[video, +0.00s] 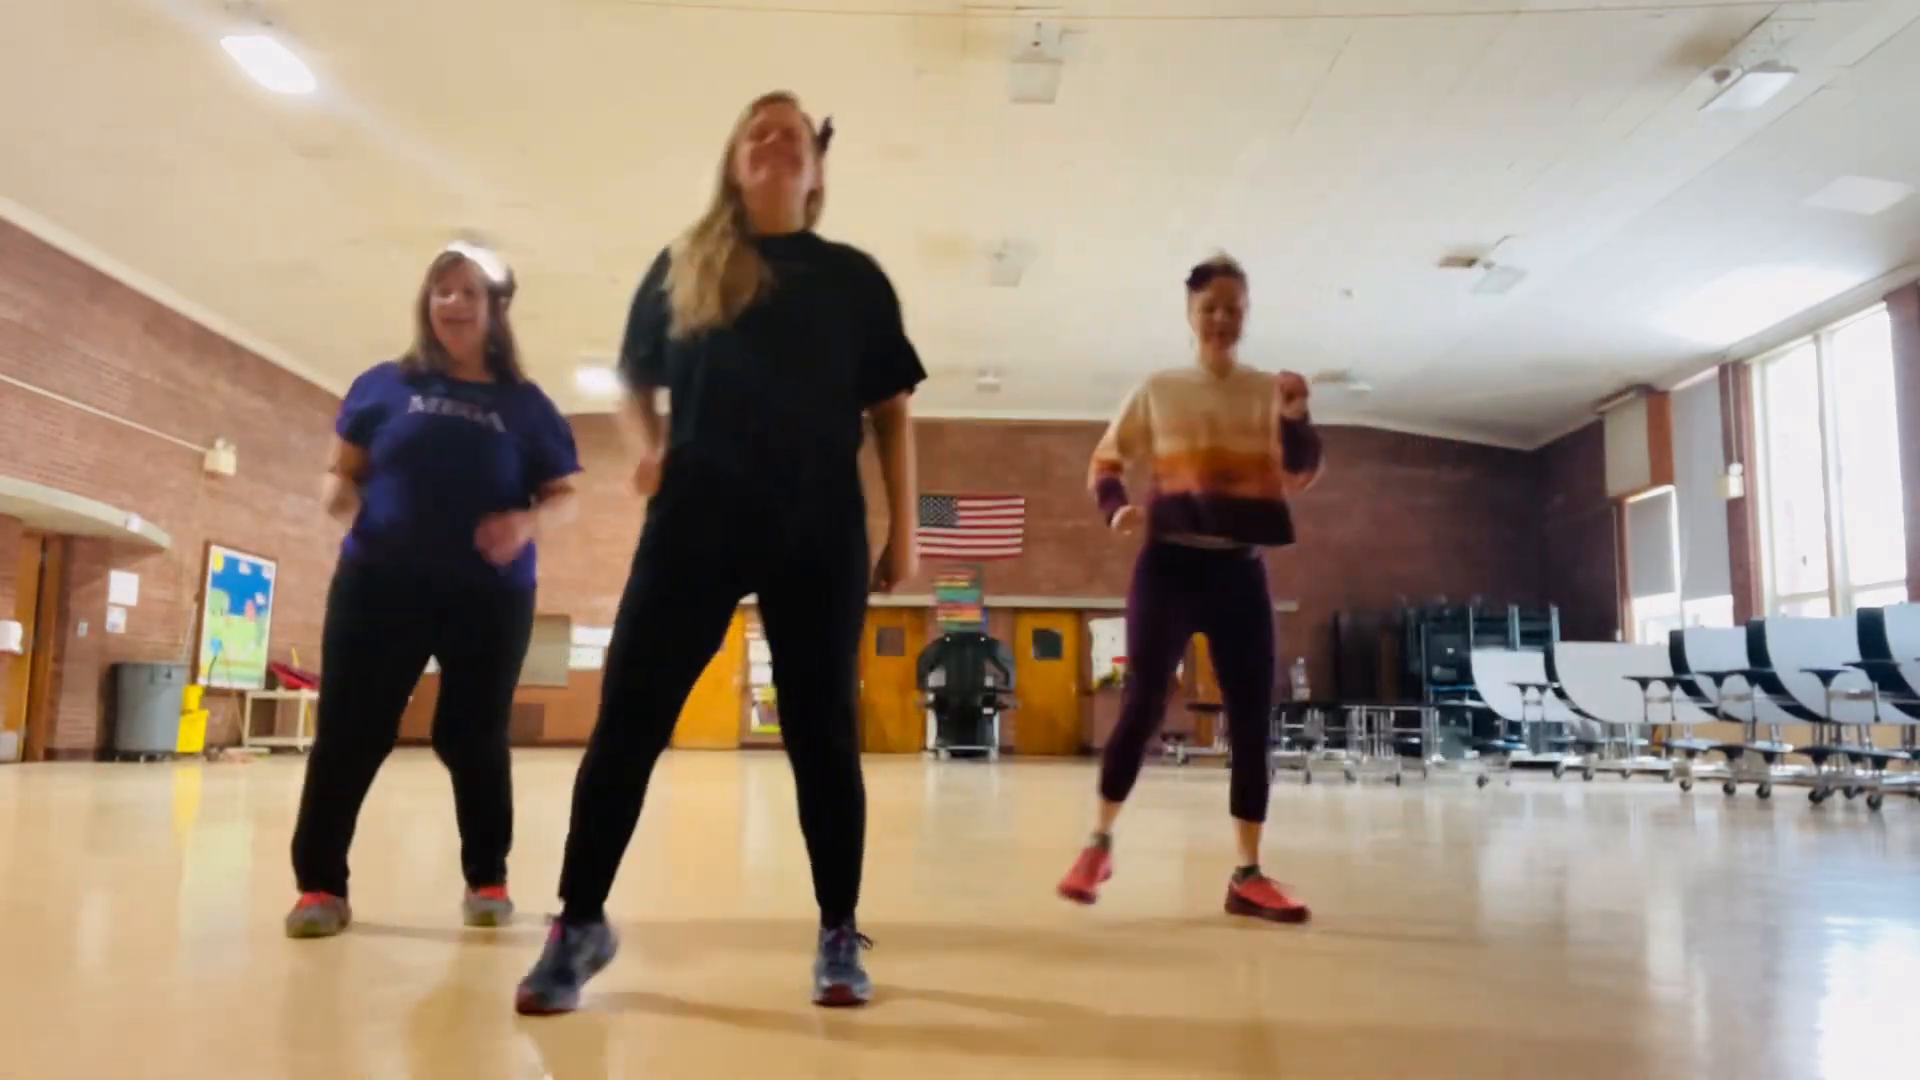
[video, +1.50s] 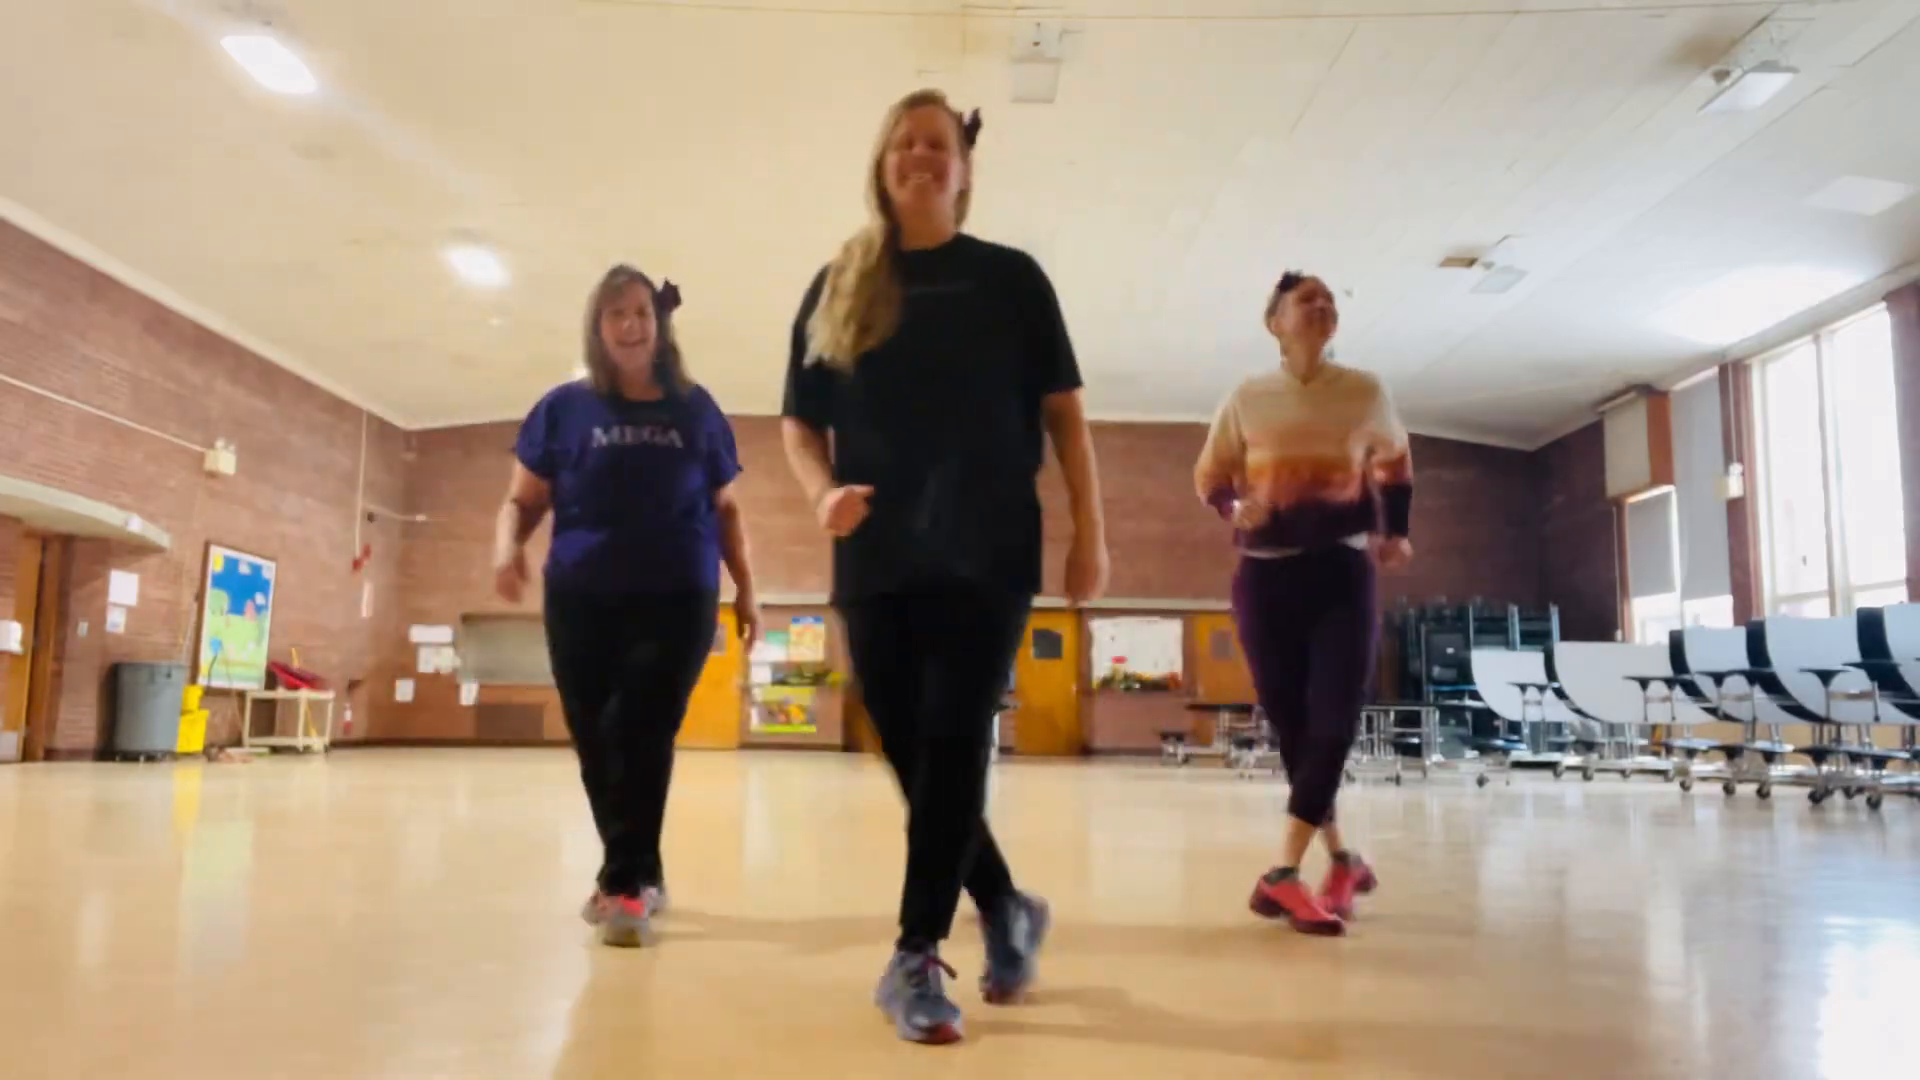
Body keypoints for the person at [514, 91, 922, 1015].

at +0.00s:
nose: (774, 141)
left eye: (792, 133)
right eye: (758, 133)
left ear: (820, 166)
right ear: (732, 166)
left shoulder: (856, 278)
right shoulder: (682, 268)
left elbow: (891, 409)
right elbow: (637, 379)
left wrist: (902, 522)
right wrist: (645, 449)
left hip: (817, 523)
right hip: (700, 518)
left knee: (822, 733)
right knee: (628, 722)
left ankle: (840, 934)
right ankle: (579, 923)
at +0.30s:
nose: (658, 148)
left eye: (678, 142)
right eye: (645, 139)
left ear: (707, 178)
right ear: (621, 173)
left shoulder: (741, 286)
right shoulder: (585, 273)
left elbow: (817, 356)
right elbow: (546, 320)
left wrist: (886, 251)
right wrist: (560, 186)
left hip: (713, 532)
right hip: (596, 541)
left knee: (784, 632)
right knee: (573, 747)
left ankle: (721, 779)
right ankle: (575, 940)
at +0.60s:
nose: (636, 183)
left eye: (653, 172)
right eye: (621, 171)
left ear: (683, 191)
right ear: (598, 192)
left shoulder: (726, 292)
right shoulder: (566, 290)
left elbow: (738, 366)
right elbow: (551, 384)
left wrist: (671, 261)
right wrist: (597, 277)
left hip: (685, 562)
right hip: (570, 555)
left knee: (644, 755)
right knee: (567, 749)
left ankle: (605, 919)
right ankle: (546, 937)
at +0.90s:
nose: (668, 148)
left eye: (685, 138)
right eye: (652, 137)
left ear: (714, 166)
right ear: (622, 165)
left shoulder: (759, 277)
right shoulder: (584, 284)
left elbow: (797, 419)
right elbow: (542, 420)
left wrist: (734, 528)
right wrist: (613, 471)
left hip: (739, 504)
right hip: (622, 519)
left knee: (806, 606)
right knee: (592, 727)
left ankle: (743, 763)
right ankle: (575, 932)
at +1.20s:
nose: (798, 153)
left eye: (817, 142)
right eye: (782, 142)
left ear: (847, 169)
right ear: (756, 169)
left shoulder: (891, 275)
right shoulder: (727, 291)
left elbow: (940, 412)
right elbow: (661, 399)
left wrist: (901, 541)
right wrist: (671, 495)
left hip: (875, 543)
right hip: (759, 540)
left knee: (897, 755)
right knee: (663, 721)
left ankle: (902, 963)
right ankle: (611, 915)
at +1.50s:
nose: (920, 154)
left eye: (937, 143)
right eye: (905, 142)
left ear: (967, 166)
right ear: (880, 164)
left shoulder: (1015, 278)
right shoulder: (840, 285)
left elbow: (1065, 411)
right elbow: (802, 419)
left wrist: (1087, 528)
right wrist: (822, 488)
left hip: (986, 548)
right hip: (875, 551)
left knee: (953, 748)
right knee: (910, 752)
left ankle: (917, 959)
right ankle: (1007, 908)